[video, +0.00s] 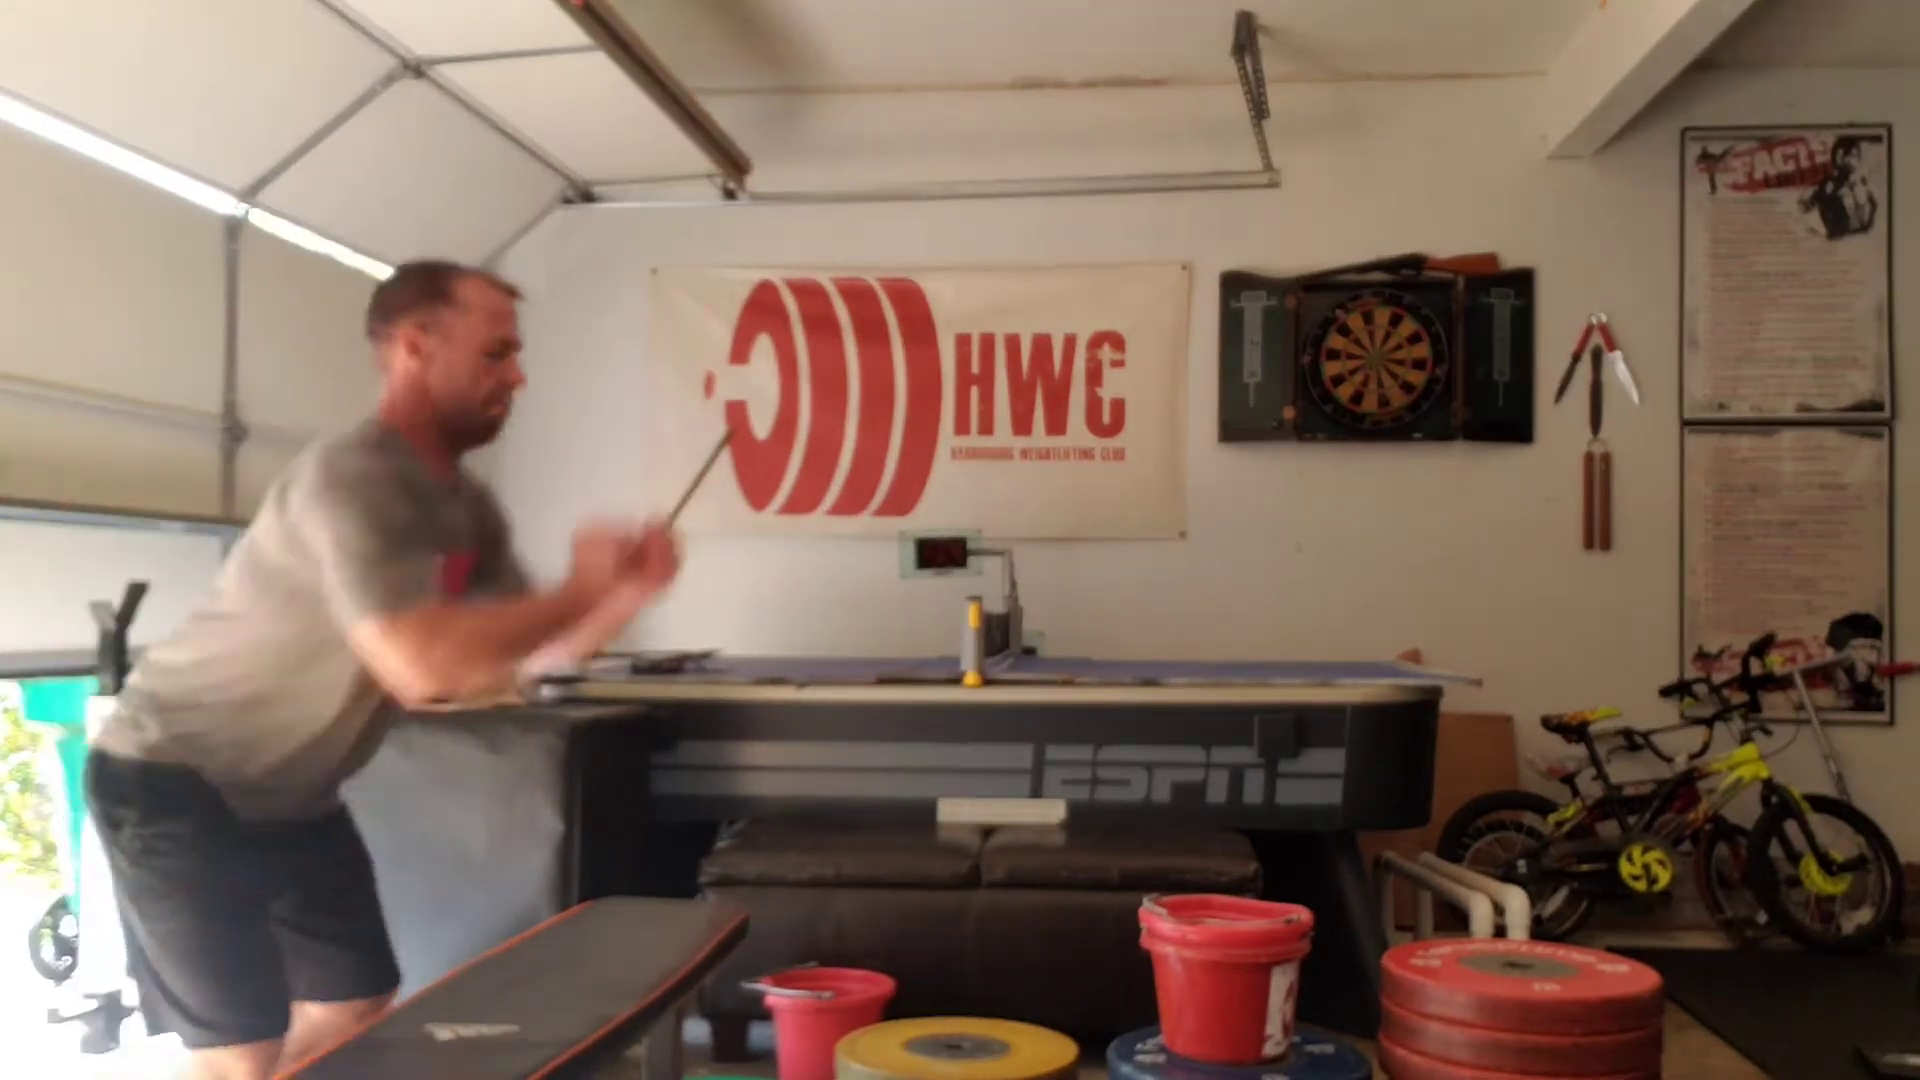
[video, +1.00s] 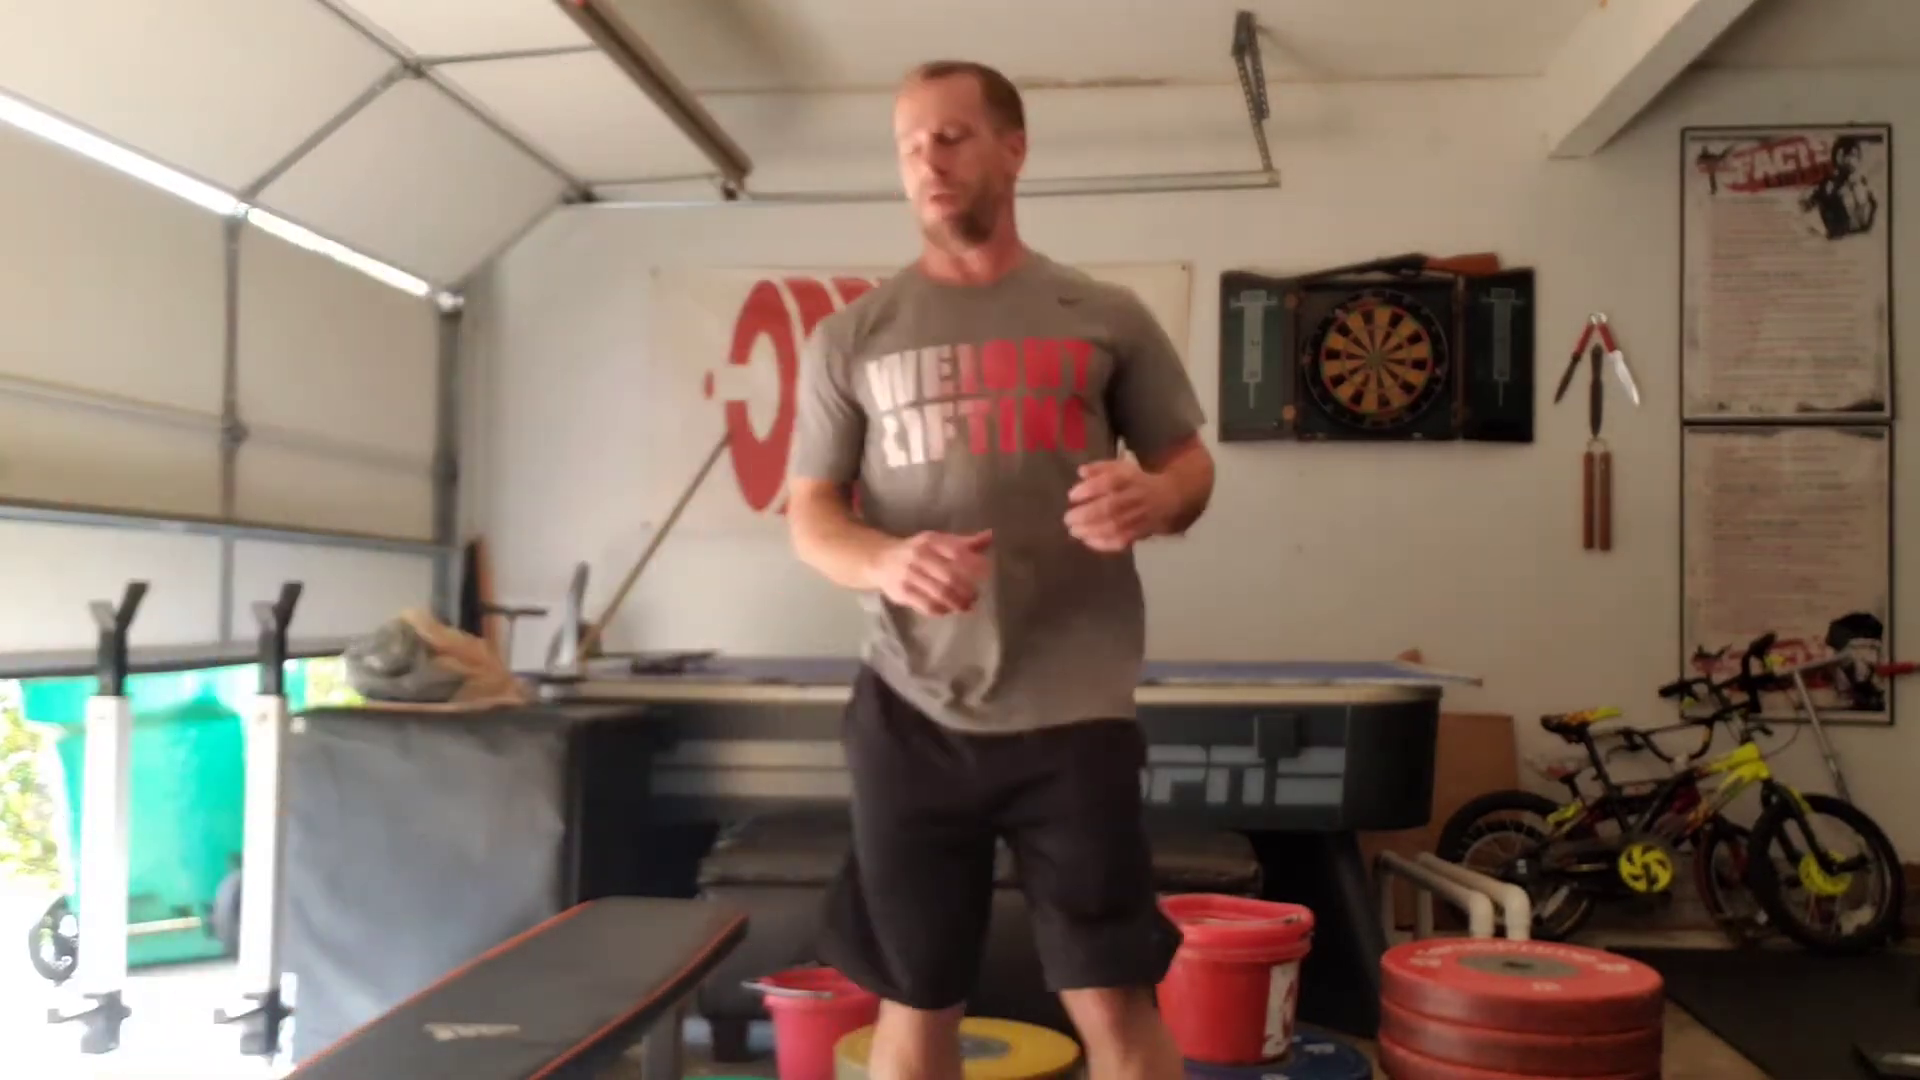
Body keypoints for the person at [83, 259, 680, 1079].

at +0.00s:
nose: (516, 380)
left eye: (515, 357)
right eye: (495, 354)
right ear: (412, 347)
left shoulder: (470, 509)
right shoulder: (343, 479)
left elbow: (525, 653)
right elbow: (420, 667)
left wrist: (622, 597)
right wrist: (573, 595)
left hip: (291, 780)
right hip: (168, 769)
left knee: (351, 1007)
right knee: (239, 1046)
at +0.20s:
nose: (672, 104)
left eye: (677, 85)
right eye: (659, 76)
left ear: (583, 59)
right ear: (577, 52)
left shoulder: (606, 201)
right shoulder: (494, 135)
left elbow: (717, 324)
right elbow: (566, 256)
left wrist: (788, 231)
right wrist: (722, 180)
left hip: (448, 489)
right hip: (354, 476)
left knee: (540, 730)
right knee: (426, 753)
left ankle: (294, 849)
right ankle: (228, 887)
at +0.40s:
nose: (843, 65)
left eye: (845, 42)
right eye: (831, 34)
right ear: (751, 15)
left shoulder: (754, 207)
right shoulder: (660, 113)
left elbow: (774, 382)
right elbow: (585, 289)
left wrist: (881, 468)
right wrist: (748, 361)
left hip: (584, 408)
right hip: (477, 389)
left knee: (788, 526)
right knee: (688, 501)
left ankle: (765, 804)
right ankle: (688, 787)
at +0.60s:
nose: (937, 185)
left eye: (940, 160)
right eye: (924, 154)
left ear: (847, 144)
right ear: (841, 136)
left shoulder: (852, 272)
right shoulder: (763, 232)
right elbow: (601, 348)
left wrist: (867, 569)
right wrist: (732, 471)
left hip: (857, 626)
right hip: (769, 635)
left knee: (943, 917)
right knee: (850, 966)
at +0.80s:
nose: (966, 229)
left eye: (973, 210)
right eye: (939, 211)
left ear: (981, 223)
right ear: (866, 227)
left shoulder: (1004, 398)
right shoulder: (810, 379)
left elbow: (1055, 562)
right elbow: (747, 560)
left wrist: (1116, 603)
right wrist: (909, 639)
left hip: (1004, 753)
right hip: (875, 754)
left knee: (1063, 1012)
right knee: (945, 1040)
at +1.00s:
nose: (930, 162)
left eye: (953, 138)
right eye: (913, 146)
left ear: (1012, 150)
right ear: (900, 167)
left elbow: (1192, 469)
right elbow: (812, 515)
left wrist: (1157, 498)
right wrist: (882, 560)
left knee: (1109, 1005)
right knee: (916, 1010)